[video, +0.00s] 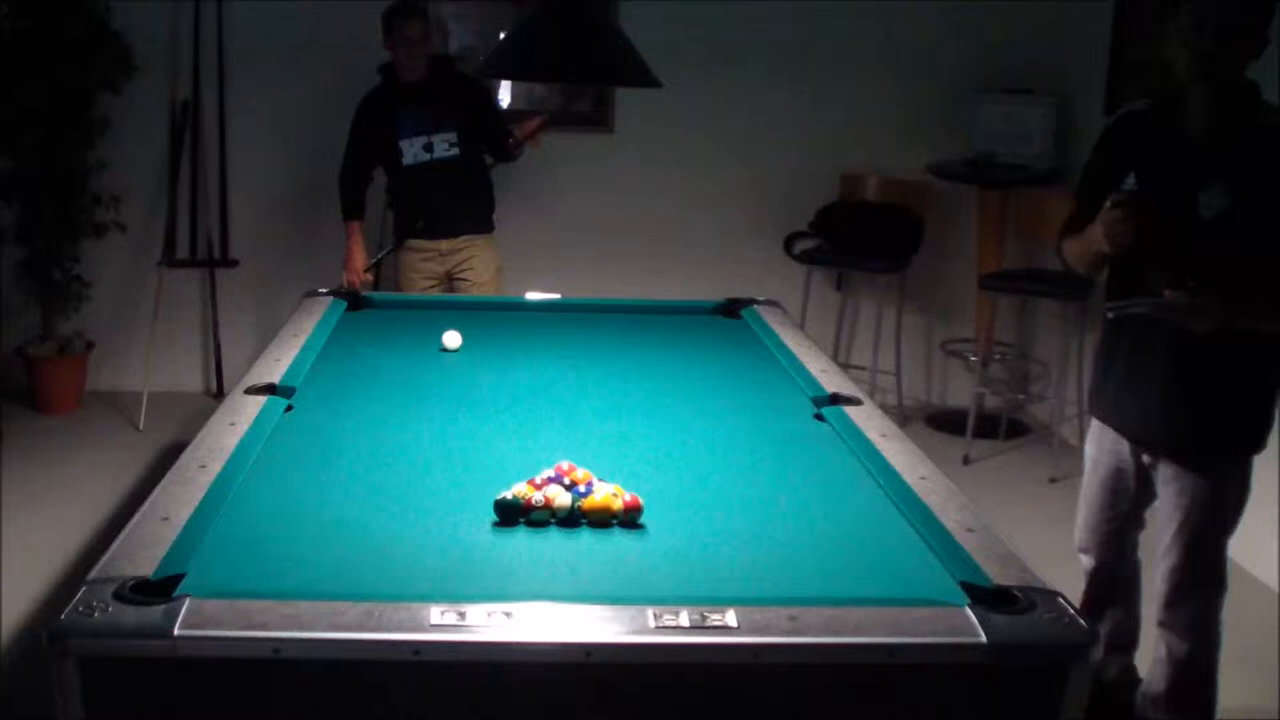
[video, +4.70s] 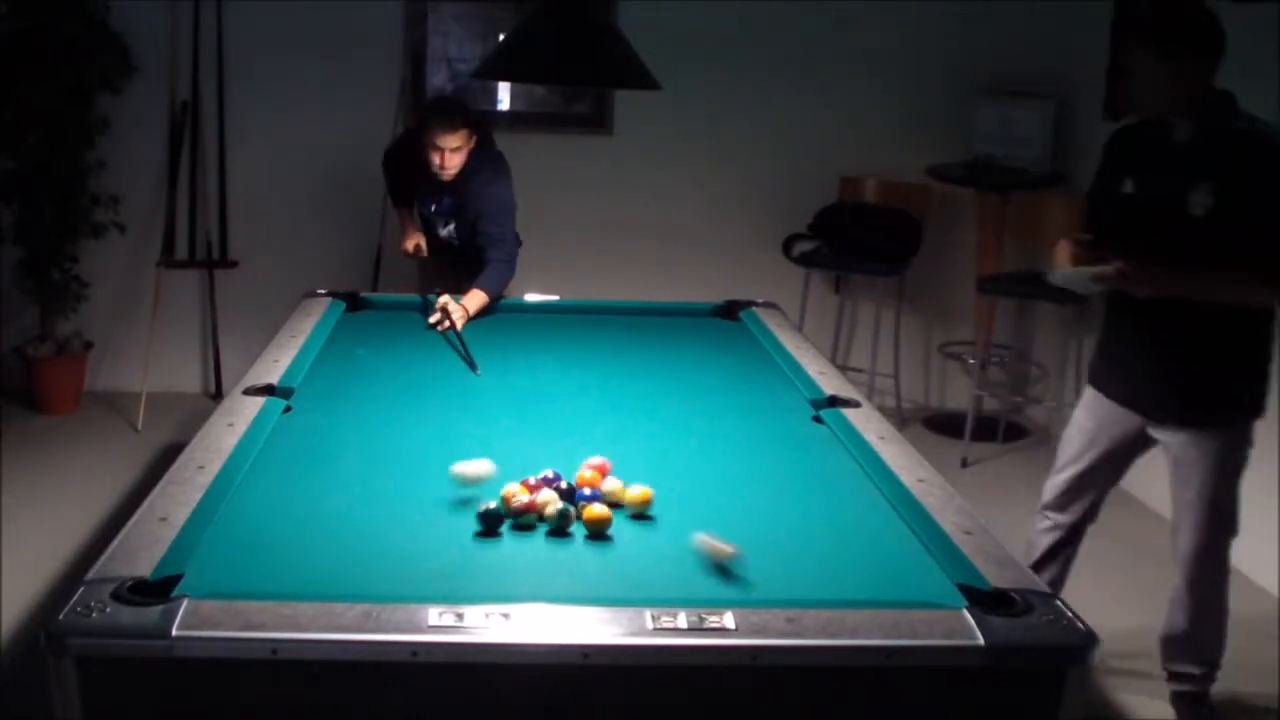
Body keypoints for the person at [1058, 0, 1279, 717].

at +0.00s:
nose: (1200, 51)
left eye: (1218, 33)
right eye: (1189, 32)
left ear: (1250, 43)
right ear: (1169, 40)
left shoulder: (1269, 142)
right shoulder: (1136, 129)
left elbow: (1273, 283)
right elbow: (1072, 252)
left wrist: (1213, 301)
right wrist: (1096, 239)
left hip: (1220, 389)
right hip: (1126, 375)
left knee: (1184, 588)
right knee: (1098, 557)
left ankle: (1175, 712)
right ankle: (1099, 696)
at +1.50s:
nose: (1133, 70)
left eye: (1146, 51)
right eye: (1134, 51)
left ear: (1192, 56)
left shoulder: (1252, 152)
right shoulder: (1172, 139)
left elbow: (1239, 295)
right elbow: (1158, 256)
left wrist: (1109, 274)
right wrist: (1089, 248)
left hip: (1196, 408)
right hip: (1135, 389)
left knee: (1185, 588)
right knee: (1109, 548)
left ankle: (1177, 708)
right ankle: (1098, 675)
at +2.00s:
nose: (1081, 69)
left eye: (1091, 52)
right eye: (1082, 52)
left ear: (1128, 52)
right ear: (1144, 49)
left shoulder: (1156, 128)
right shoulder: (1153, 120)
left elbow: (1134, 264)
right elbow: (1119, 224)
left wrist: (1028, 245)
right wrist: (1034, 210)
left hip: (1126, 373)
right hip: (1131, 368)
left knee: (1092, 539)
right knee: (1095, 533)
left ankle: (1122, 695)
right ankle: (1111, 684)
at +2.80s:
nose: (980, 74)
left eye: (988, 59)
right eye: (979, 60)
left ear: (1018, 56)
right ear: (1039, 52)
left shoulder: (1052, 122)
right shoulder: (1057, 113)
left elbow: (1031, 261)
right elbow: (1026, 218)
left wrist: (937, 240)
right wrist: (946, 204)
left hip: (1045, 358)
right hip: (1046, 350)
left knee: (1007, 515)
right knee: (999, 495)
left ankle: (1035, 645)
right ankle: (1031, 632)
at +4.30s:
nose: (1003, 68)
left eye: (1014, 54)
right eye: (1001, 54)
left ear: (1049, 52)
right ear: (1020, 54)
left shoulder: (1102, 128)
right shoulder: (1029, 126)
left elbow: (1101, 244)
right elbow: (1038, 226)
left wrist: (993, 239)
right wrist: (980, 224)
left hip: (1088, 355)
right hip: (1028, 346)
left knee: (1101, 506)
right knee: (1018, 493)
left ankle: (1144, 655)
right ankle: (1006, 628)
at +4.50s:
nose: (1069, 69)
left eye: (1082, 55)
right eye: (1068, 55)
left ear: (1122, 57)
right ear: (1077, 56)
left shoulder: (1179, 144)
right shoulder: (1075, 126)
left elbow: (1174, 261)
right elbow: (1068, 219)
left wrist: (1059, 252)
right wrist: (1019, 224)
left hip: (1138, 375)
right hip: (1061, 358)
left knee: (1158, 525)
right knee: (1035, 496)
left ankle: (1185, 674)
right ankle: (1011, 630)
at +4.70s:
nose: (1121, 75)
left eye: (1137, 60)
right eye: (1125, 60)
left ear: (1186, 64)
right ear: (1150, 70)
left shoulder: (1258, 156)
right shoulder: (1129, 146)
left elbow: (1263, 282)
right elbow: (1099, 241)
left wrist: (1149, 277)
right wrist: (1081, 251)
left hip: (1213, 391)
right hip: (1122, 375)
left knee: (1199, 547)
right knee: (1060, 505)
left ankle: (1191, 678)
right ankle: (1018, 634)